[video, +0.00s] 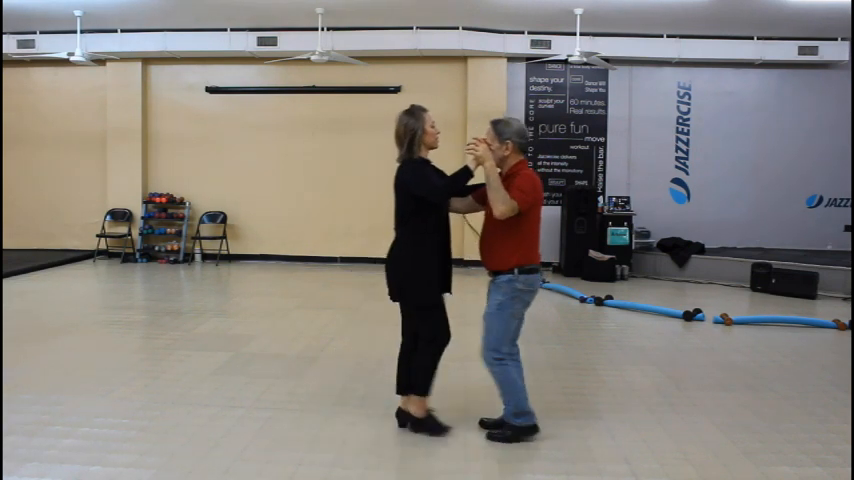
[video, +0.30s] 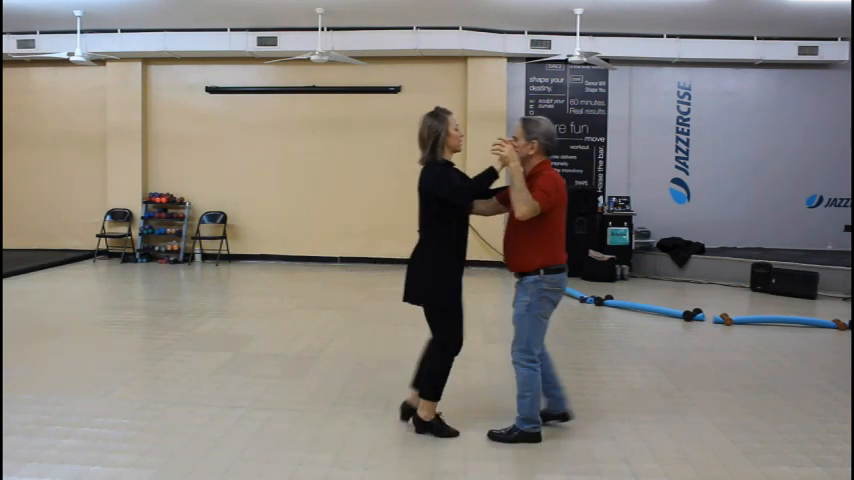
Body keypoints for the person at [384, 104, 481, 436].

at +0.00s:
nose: (438, 132)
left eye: (435, 126)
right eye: (432, 127)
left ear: (417, 132)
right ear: (418, 132)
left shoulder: (418, 167)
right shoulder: (415, 170)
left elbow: (454, 197)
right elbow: (445, 189)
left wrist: (487, 184)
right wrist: (472, 165)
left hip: (415, 268)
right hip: (416, 270)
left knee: (415, 335)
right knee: (437, 334)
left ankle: (408, 406)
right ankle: (416, 407)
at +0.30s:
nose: (461, 134)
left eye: (459, 129)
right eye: (456, 130)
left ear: (441, 134)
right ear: (441, 134)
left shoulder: (441, 170)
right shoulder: (438, 172)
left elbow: (473, 201)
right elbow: (467, 190)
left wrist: (509, 193)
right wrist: (497, 166)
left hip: (437, 269)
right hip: (439, 271)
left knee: (444, 337)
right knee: (449, 341)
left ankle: (415, 400)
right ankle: (426, 412)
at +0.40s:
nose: (470, 135)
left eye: (467, 130)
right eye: (464, 131)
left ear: (450, 137)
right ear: (451, 137)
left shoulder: (455, 172)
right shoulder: (446, 175)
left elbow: (485, 197)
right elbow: (477, 195)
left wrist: (522, 180)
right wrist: (509, 167)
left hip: (451, 273)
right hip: (439, 275)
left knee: (474, 331)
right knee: (454, 339)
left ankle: (442, 399)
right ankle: (425, 412)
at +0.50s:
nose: (478, 136)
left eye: (475, 131)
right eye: (472, 132)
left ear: (458, 139)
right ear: (459, 139)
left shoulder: (465, 174)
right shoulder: (457, 176)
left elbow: (496, 201)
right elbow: (488, 198)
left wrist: (531, 183)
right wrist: (519, 174)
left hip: (458, 276)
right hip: (447, 277)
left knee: (487, 327)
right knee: (460, 340)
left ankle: (487, 402)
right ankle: (427, 411)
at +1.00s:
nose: (489, 141)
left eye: (486, 136)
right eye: (484, 137)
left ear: (467, 143)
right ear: (470, 143)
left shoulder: (473, 178)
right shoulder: (468, 180)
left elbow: (505, 206)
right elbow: (504, 201)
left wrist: (540, 185)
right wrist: (537, 175)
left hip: (485, 278)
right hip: (473, 281)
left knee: (507, 333)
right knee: (483, 347)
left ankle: (506, 407)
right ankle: (421, 402)